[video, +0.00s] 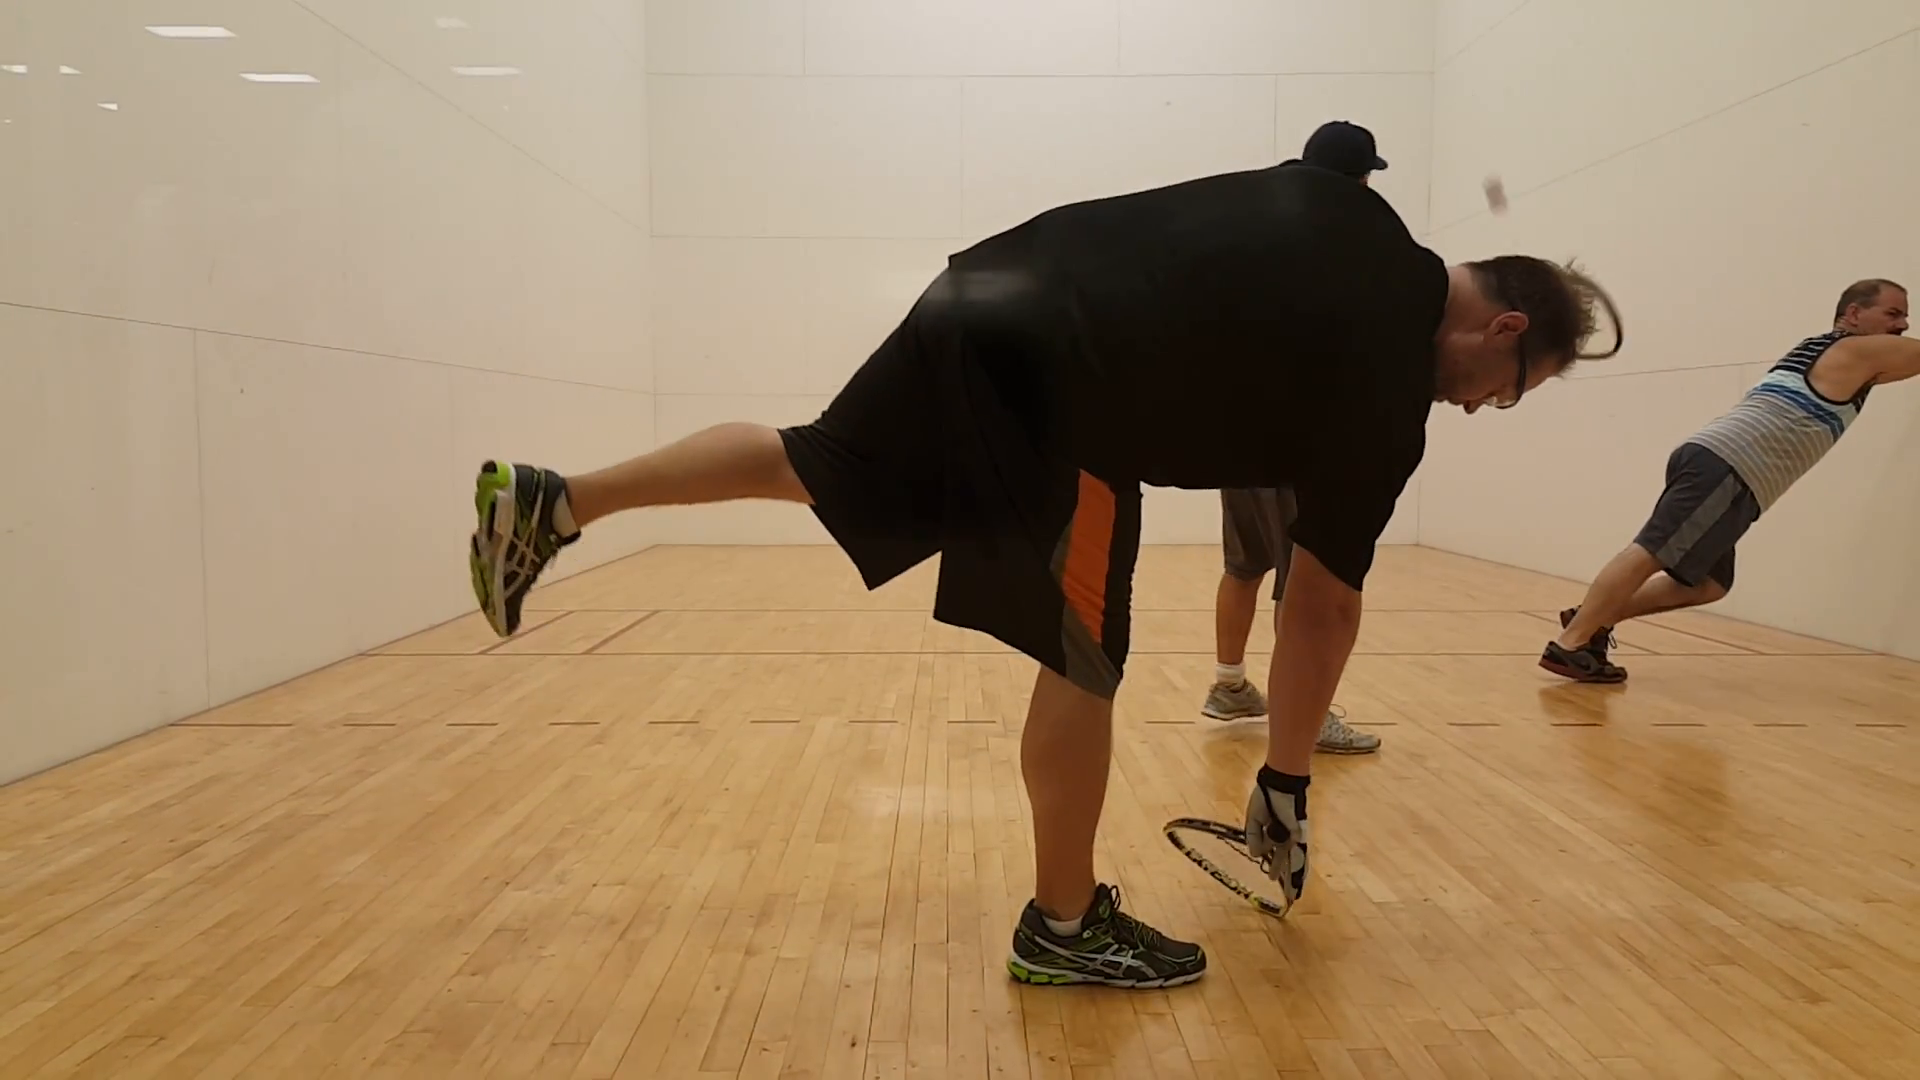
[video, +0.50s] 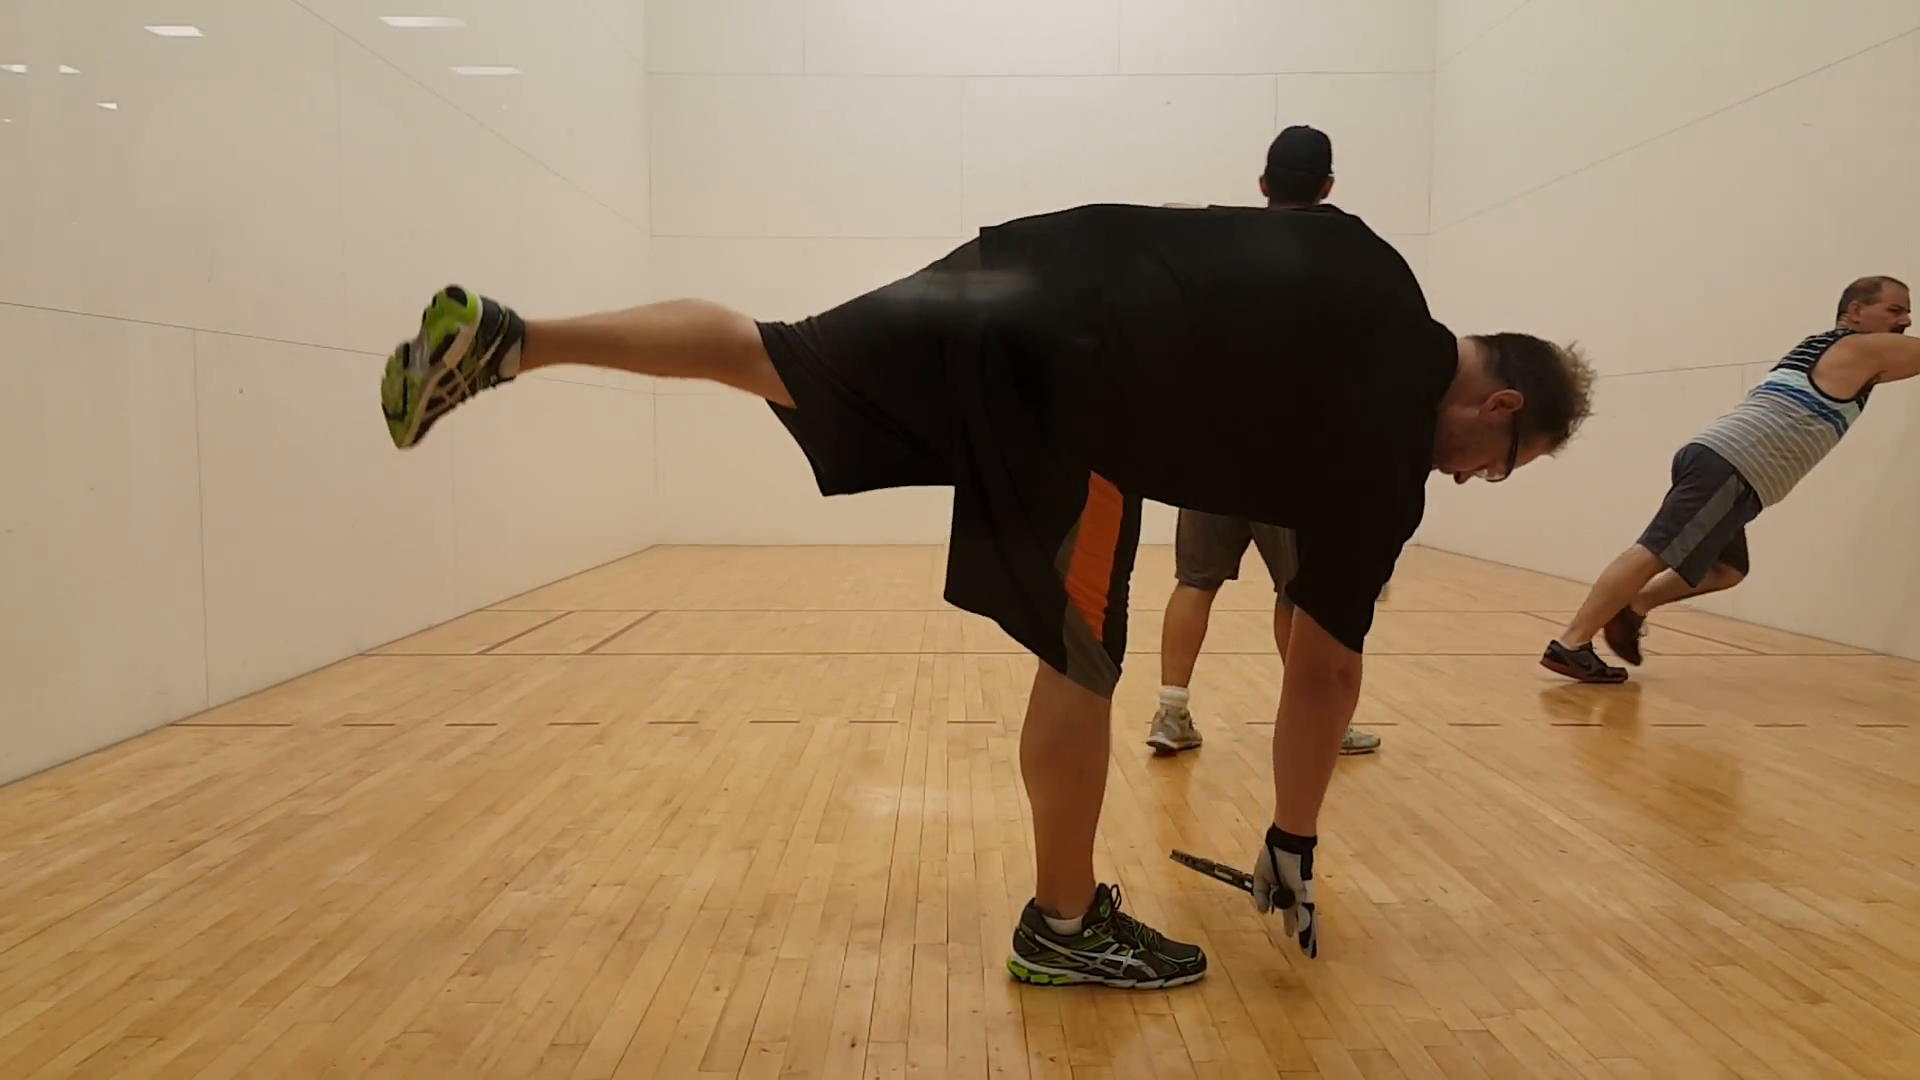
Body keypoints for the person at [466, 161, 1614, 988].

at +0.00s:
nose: (1487, 407)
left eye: (1508, 394)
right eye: (1508, 387)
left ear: (1474, 285)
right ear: (1493, 334)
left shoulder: (1345, 205)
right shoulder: (1383, 392)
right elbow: (1319, 607)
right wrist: (1285, 786)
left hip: (979, 289)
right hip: (1065, 394)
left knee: (824, 463)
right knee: (1081, 661)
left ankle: (560, 504)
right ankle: (1063, 922)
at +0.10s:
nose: (1490, 419)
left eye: (1512, 403)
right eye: (1510, 400)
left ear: (1475, 289)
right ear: (1493, 343)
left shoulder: (1345, 210)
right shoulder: (1384, 415)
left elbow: (1187, 228)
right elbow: (1322, 622)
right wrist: (1288, 804)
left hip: (981, 287)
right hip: (1063, 397)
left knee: (801, 439)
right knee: (1079, 663)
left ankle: (540, 471)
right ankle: (1062, 922)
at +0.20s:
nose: (1488, 433)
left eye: (1511, 418)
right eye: (1509, 413)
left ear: (1477, 305)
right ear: (1491, 358)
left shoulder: (1345, 218)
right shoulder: (1384, 429)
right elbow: (1321, 633)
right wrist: (1287, 813)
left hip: (989, 281)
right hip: (1065, 388)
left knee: (794, 415)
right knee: (1079, 661)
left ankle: (527, 437)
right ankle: (1062, 925)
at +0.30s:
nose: (1487, 449)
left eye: (1511, 434)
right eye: (1508, 429)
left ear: (1477, 315)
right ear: (1493, 377)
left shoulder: (1352, 237)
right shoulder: (1384, 436)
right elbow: (1319, 648)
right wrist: (1289, 824)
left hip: (1009, 278)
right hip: (1080, 386)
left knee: (790, 396)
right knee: (1081, 660)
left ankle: (522, 405)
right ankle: (1063, 924)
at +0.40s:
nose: (1484, 464)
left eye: (1508, 451)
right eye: (1505, 445)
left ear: (1483, 336)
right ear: (1493, 388)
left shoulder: (1353, 246)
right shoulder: (1386, 446)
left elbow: (1175, 239)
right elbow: (1318, 662)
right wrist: (1291, 837)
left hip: (1013, 280)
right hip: (1079, 394)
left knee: (783, 378)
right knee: (1078, 661)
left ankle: (514, 371)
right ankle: (1064, 921)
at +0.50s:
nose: (1482, 476)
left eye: (1504, 463)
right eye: (1502, 456)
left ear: (1483, 356)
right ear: (1490, 400)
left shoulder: (1361, 255)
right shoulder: (1383, 454)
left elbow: (1195, 228)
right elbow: (1319, 668)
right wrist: (1291, 852)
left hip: (1023, 272)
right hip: (1089, 395)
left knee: (780, 363)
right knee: (1078, 659)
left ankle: (513, 341)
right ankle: (1064, 920)